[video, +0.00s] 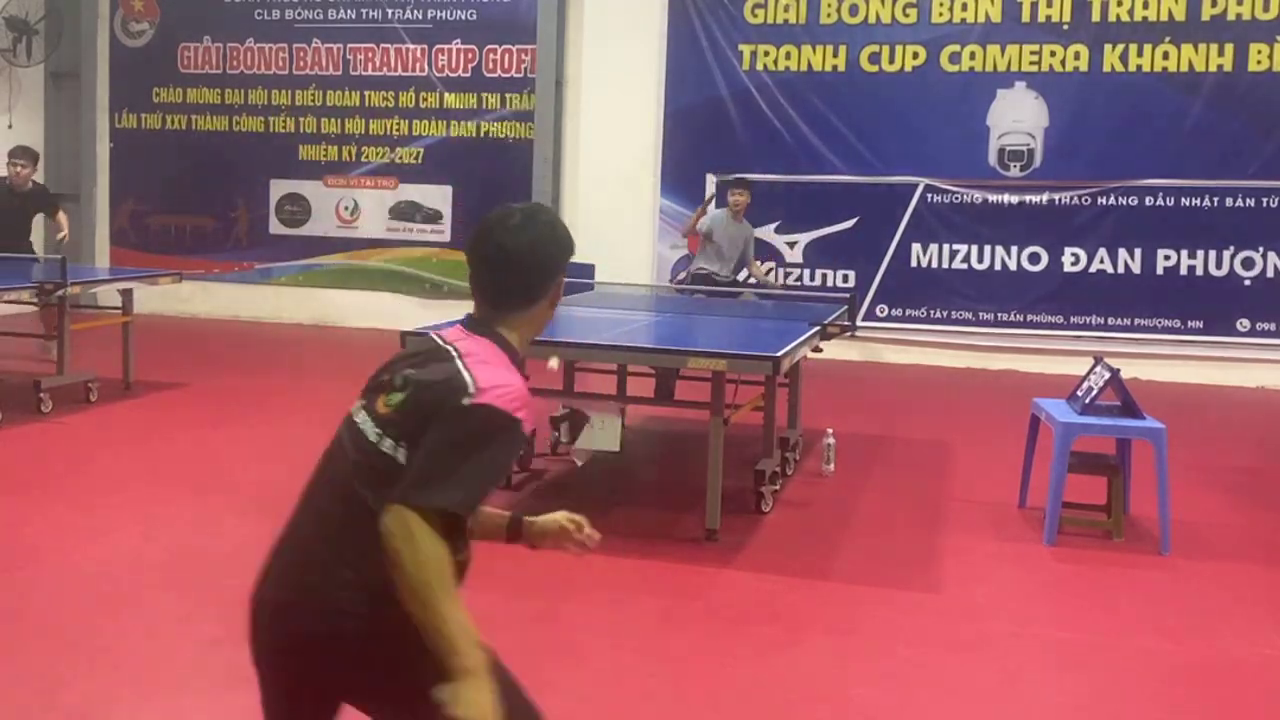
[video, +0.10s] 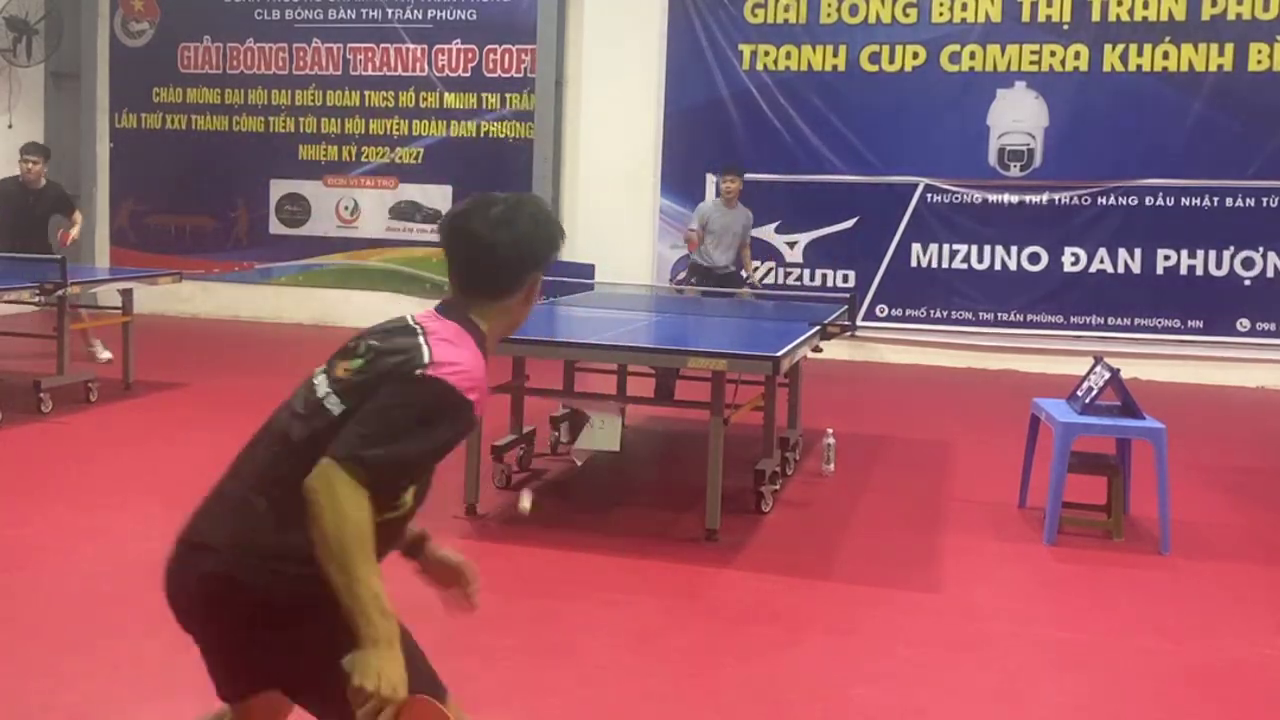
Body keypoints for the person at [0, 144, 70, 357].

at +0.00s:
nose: (16, 170)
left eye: (23, 167)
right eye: (12, 165)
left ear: (33, 171)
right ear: (7, 166)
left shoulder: (38, 192)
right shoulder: (2, 187)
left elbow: (56, 212)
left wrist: (64, 229)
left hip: (21, 253)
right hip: (2, 253)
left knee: (46, 289)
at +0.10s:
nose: (28, 167)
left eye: (34, 163)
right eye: (25, 161)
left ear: (45, 168)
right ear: (18, 163)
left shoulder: (53, 191)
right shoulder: (6, 187)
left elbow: (76, 214)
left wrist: (75, 228)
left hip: (42, 259)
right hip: (8, 259)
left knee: (71, 295)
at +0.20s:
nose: (41, 168)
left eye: (47, 164)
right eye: (37, 163)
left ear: (59, 167)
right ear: (33, 164)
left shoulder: (71, 192)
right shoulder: (22, 189)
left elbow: (97, 217)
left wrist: (90, 230)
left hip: (62, 260)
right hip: (26, 260)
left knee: (82, 298)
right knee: (5, 302)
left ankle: (102, 345)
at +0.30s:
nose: (54, 167)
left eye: (60, 163)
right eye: (51, 162)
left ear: (72, 167)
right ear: (47, 163)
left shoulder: (84, 193)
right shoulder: (34, 188)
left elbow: (109, 221)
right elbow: (8, 206)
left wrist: (100, 232)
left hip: (74, 263)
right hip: (37, 261)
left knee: (91, 300)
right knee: (14, 303)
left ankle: (104, 346)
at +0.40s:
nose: (62, 162)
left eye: (68, 158)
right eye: (59, 157)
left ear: (80, 162)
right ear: (55, 158)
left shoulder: (90, 188)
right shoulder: (41, 182)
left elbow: (111, 219)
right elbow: (14, 201)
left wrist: (101, 228)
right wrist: (1, 217)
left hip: (77, 260)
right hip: (41, 258)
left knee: (91, 301)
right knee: (22, 303)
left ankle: (104, 345)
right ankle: (2, 347)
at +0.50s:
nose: (67, 159)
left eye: (73, 155)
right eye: (64, 154)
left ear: (84, 158)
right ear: (59, 155)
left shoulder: (93, 187)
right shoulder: (43, 178)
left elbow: (109, 219)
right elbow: (17, 198)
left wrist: (99, 225)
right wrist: (7, 217)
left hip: (76, 256)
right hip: (40, 254)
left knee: (89, 298)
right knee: (16, 300)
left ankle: (103, 345)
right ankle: (1, 344)